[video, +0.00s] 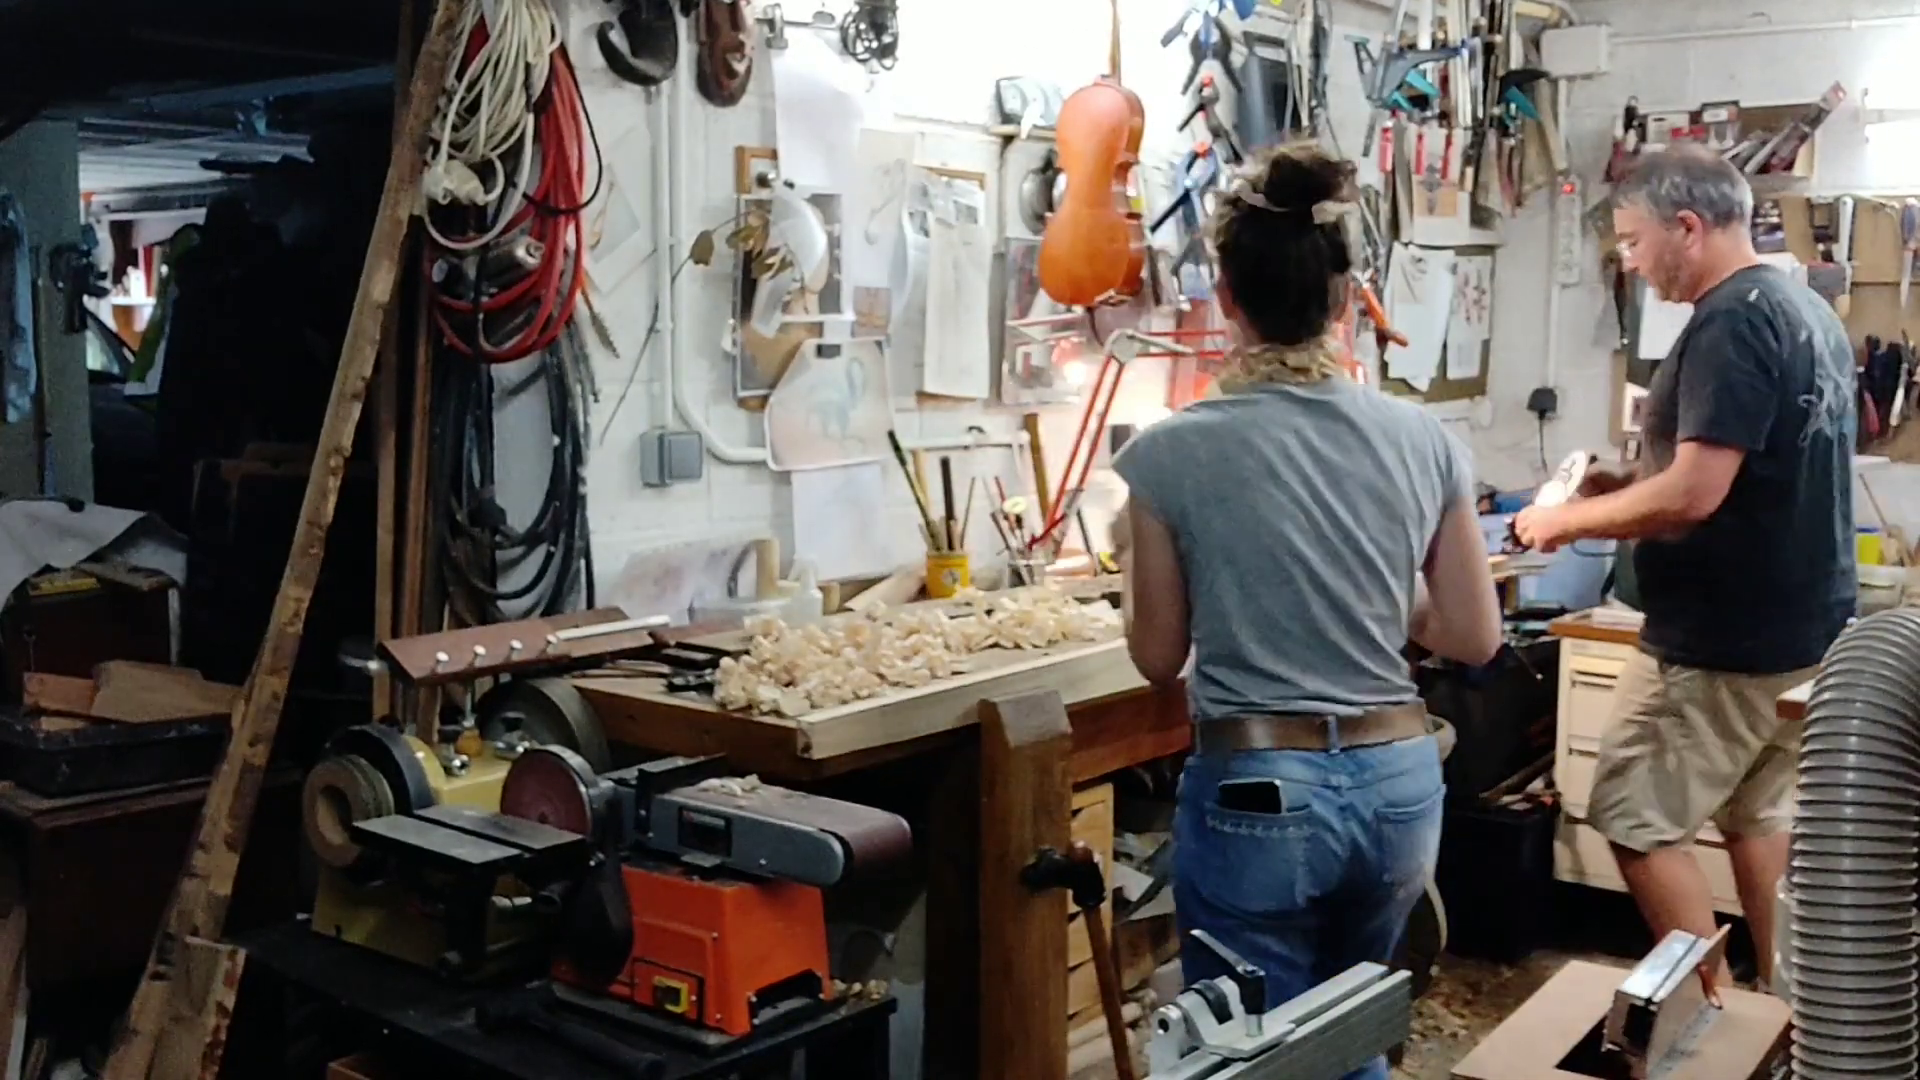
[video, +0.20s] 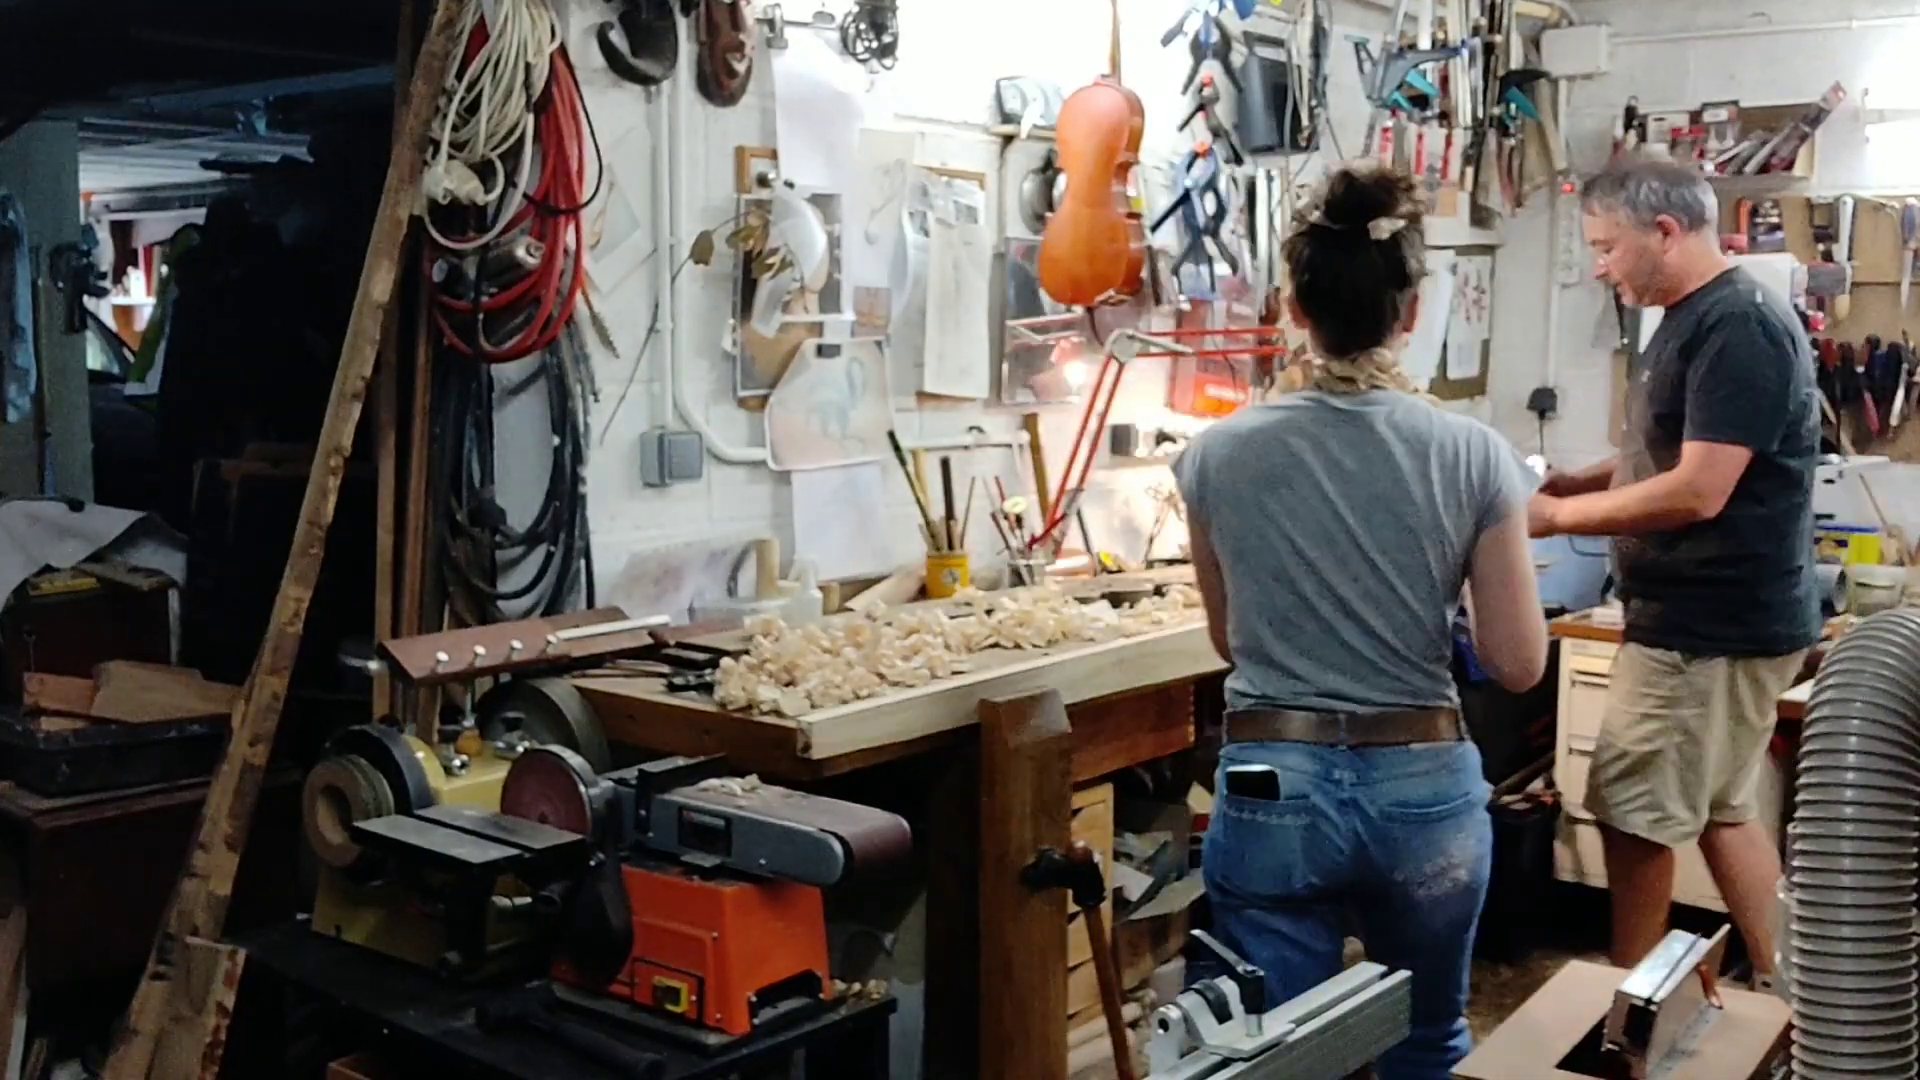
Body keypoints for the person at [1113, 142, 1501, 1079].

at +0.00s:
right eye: (1351, 284)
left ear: (1228, 299)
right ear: (1349, 299)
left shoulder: (1172, 451)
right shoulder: (1422, 437)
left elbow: (1156, 653)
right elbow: (1473, 638)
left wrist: (1224, 574)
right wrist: (1391, 605)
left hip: (1255, 795)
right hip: (1402, 782)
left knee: (1245, 1051)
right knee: (1364, 1037)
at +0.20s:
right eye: (1415, 302)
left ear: (1294, 312)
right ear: (1410, 313)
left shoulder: (1216, 456)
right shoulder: (1474, 455)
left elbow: (1229, 639)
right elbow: (1519, 664)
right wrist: (1461, 586)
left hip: (1268, 781)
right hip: (1428, 780)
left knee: (1273, 1049)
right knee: (1427, 1036)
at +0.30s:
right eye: (1460, 310)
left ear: (1336, 322)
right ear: (1453, 319)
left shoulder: (1260, 461)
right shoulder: (1505, 462)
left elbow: (1279, 619)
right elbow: (1542, 669)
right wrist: (1482, 598)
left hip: (1303, 772)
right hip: (1462, 774)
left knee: (1302, 1051)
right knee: (1450, 1041)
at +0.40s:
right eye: (1508, 301)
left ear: (1376, 311)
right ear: (1494, 317)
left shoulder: (1313, 457)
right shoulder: (1546, 458)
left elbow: (1334, 613)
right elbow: (1572, 662)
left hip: (1343, 756)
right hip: (1495, 761)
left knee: (1333, 1037)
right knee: (1476, 1039)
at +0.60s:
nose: (1591, 295)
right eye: (1586, 276)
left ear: (1462, 297)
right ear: (1572, 293)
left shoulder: (1405, 424)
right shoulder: (1599, 426)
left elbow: (1412, 571)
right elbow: (1619, 624)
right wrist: (1656, 554)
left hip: (1406, 723)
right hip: (1534, 735)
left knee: (1438, 945)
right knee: (1496, 1004)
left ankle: (1418, 1079)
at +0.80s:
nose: (1643, 318)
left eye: (1511, 304)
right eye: (1641, 303)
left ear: (1528, 312)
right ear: (1628, 311)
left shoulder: (1478, 429)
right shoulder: (1645, 436)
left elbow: (1484, 580)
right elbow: (1650, 630)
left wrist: (1649, 530)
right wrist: (1711, 568)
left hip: (1472, 708)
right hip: (1585, 720)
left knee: (1545, 960)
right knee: (1527, 989)